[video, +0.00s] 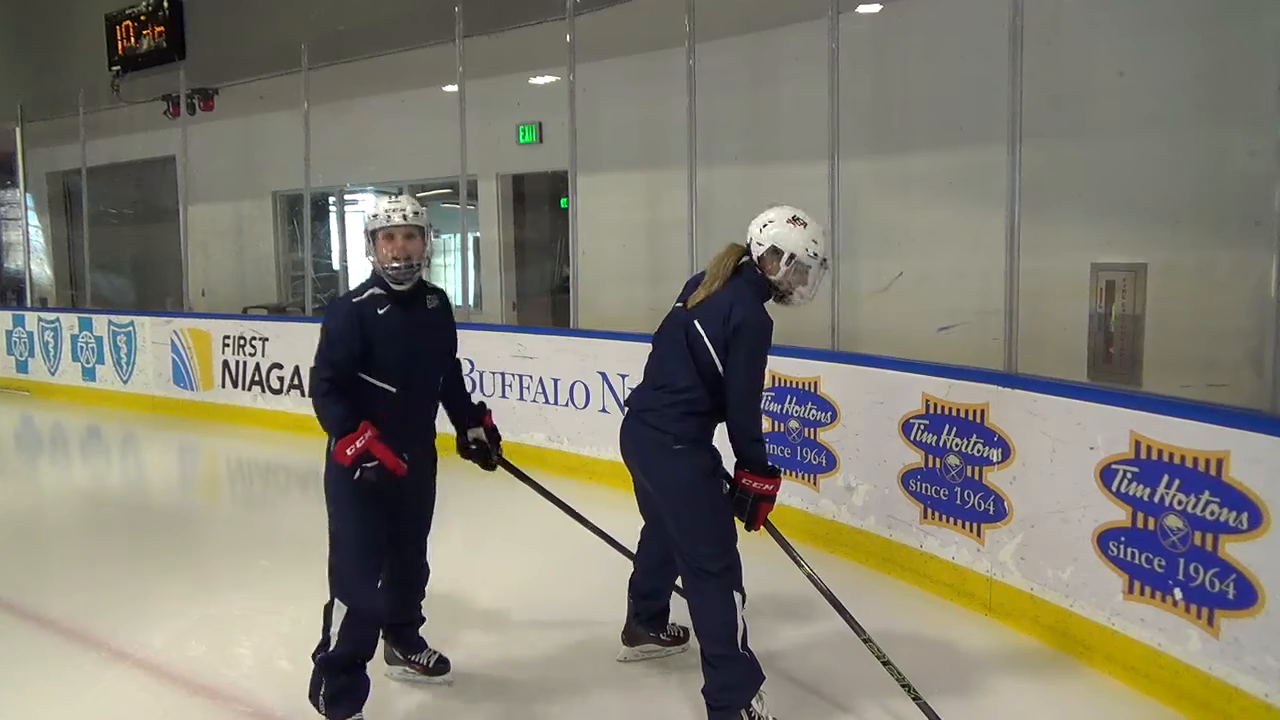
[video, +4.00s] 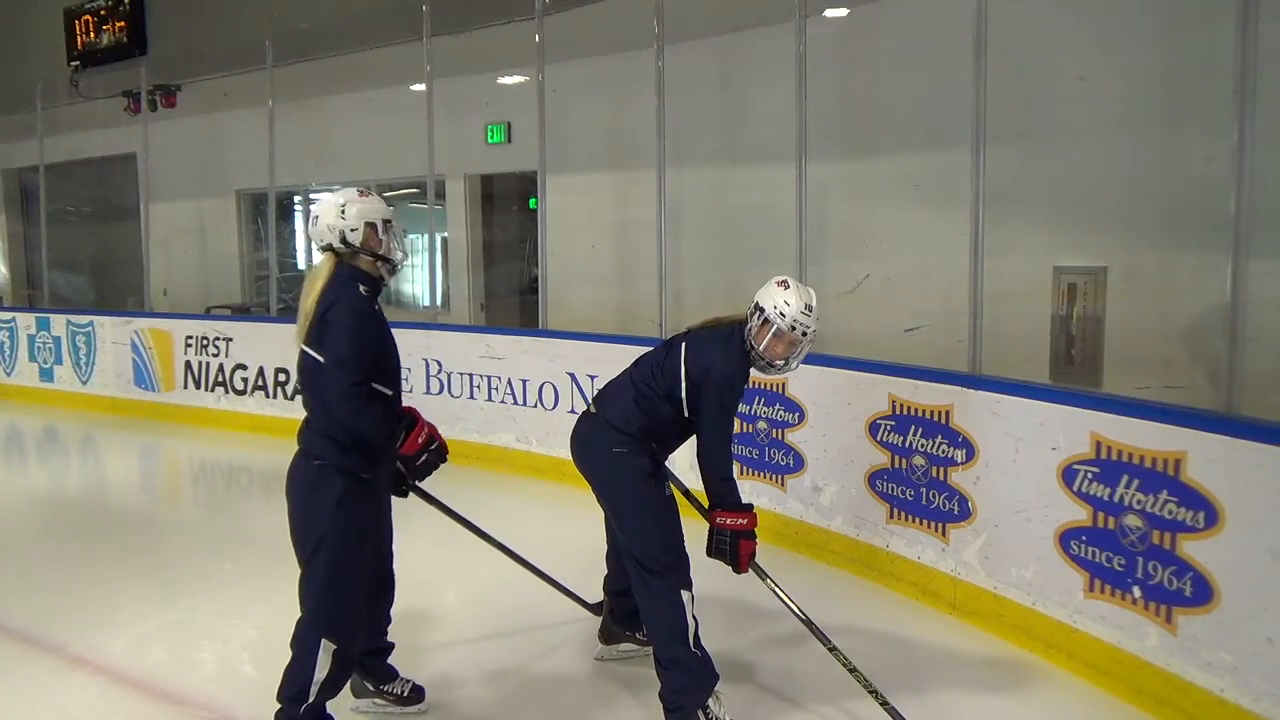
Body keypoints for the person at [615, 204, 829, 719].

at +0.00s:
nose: (803, 282)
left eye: (808, 271)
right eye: (800, 269)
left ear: (761, 254)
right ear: (774, 260)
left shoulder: (706, 281)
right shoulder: (750, 315)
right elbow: (743, 406)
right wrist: (757, 472)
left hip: (641, 434)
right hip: (679, 448)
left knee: (663, 529)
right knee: (714, 569)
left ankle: (644, 623)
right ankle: (732, 701)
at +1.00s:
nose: (803, 344)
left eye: (815, 338)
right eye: (799, 330)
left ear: (826, 342)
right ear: (781, 318)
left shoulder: (751, 337)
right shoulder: (752, 359)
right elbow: (741, 445)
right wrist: (758, 515)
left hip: (630, 434)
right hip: (652, 446)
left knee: (656, 533)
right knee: (693, 569)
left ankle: (644, 623)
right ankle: (718, 703)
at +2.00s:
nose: (787, 346)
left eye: (800, 340)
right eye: (784, 332)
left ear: (812, 344)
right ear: (767, 320)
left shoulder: (737, 337)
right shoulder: (737, 361)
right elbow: (727, 448)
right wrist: (746, 517)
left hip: (616, 434)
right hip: (634, 446)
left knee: (644, 533)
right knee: (679, 569)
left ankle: (635, 622)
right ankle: (703, 703)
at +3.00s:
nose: (777, 346)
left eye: (790, 340)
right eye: (773, 332)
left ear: (803, 343)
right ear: (756, 319)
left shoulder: (727, 341)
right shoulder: (726, 362)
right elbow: (716, 449)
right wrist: (735, 518)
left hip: (607, 434)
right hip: (621, 444)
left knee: (633, 533)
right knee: (666, 568)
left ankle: (626, 622)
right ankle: (691, 703)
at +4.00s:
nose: (775, 348)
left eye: (788, 342)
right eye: (771, 333)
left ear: (802, 345)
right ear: (755, 320)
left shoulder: (725, 340)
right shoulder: (725, 363)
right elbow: (714, 449)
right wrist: (732, 516)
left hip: (604, 434)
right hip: (620, 445)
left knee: (630, 534)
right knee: (664, 569)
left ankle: (621, 623)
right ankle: (689, 703)